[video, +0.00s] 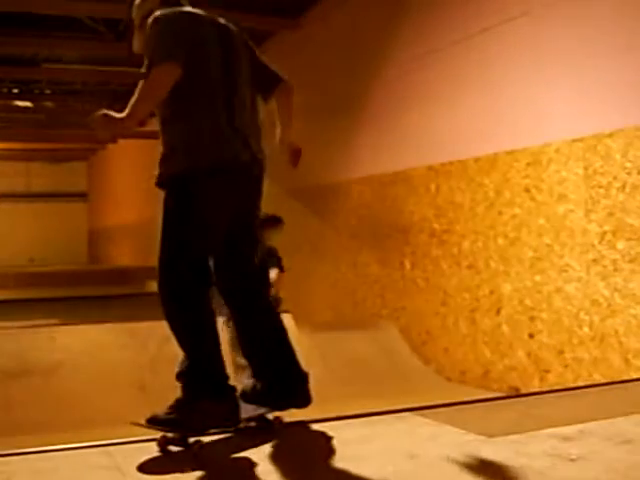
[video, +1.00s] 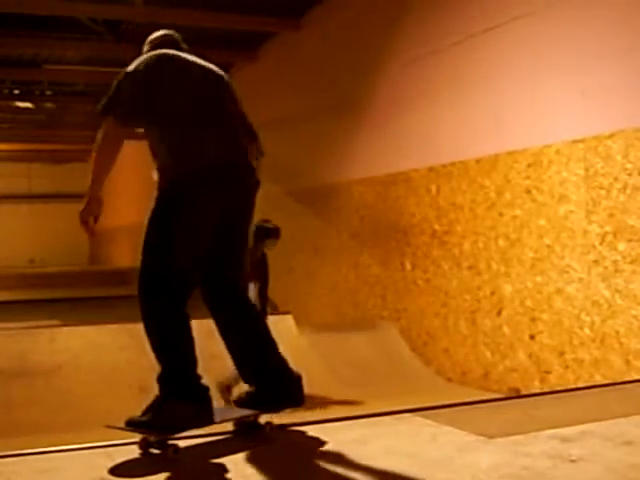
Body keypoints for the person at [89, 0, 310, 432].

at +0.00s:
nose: (137, 36)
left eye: (137, 24)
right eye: (136, 28)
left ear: (150, 8)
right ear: (181, 5)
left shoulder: (163, 22)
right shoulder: (225, 31)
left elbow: (165, 70)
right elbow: (281, 89)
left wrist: (125, 121)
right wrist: (287, 136)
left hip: (195, 175)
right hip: (242, 173)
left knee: (180, 283)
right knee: (241, 278)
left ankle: (208, 398)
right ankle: (283, 383)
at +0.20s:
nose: (134, 27)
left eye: (135, 18)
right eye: (133, 22)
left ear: (148, 4)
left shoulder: (165, 11)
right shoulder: (220, 22)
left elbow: (171, 54)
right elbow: (274, 80)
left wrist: (124, 103)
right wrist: (250, 126)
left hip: (196, 164)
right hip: (243, 160)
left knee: (179, 277)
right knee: (241, 270)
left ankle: (196, 396)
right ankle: (275, 383)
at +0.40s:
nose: (139, 46)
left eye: (137, 36)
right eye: (135, 40)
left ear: (144, 17)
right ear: (169, 11)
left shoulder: (166, 20)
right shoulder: (214, 37)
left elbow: (173, 58)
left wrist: (125, 111)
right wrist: (131, 125)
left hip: (202, 166)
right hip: (246, 162)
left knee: (175, 280)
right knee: (235, 276)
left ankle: (184, 400)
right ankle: (279, 388)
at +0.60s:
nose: (136, 56)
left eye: (134, 46)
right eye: (136, 52)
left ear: (138, 25)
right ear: (164, 20)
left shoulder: (153, 19)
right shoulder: (209, 42)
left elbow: (165, 63)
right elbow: (216, 126)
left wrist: (147, 126)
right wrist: (173, 165)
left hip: (204, 170)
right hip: (243, 167)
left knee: (175, 278)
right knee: (238, 273)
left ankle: (185, 397)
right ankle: (279, 382)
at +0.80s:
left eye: (129, 56)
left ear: (139, 43)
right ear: (169, 37)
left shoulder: (149, 44)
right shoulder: (211, 62)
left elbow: (144, 102)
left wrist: (130, 166)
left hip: (198, 179)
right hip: (243, 178)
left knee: (164, 286)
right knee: (234, 282)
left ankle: (182, 398)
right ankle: (278, 384)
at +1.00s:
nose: (147, 58)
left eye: (147, 53)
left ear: (147, 52)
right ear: (184, 49)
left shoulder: (142, 70)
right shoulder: (214, 74)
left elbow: (111, 133)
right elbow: (250, 143)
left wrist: (94, 195)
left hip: (186, 190)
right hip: (237, 186)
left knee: (160, 292)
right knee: (224, 287)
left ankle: (182, 398)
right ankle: (277, 384)